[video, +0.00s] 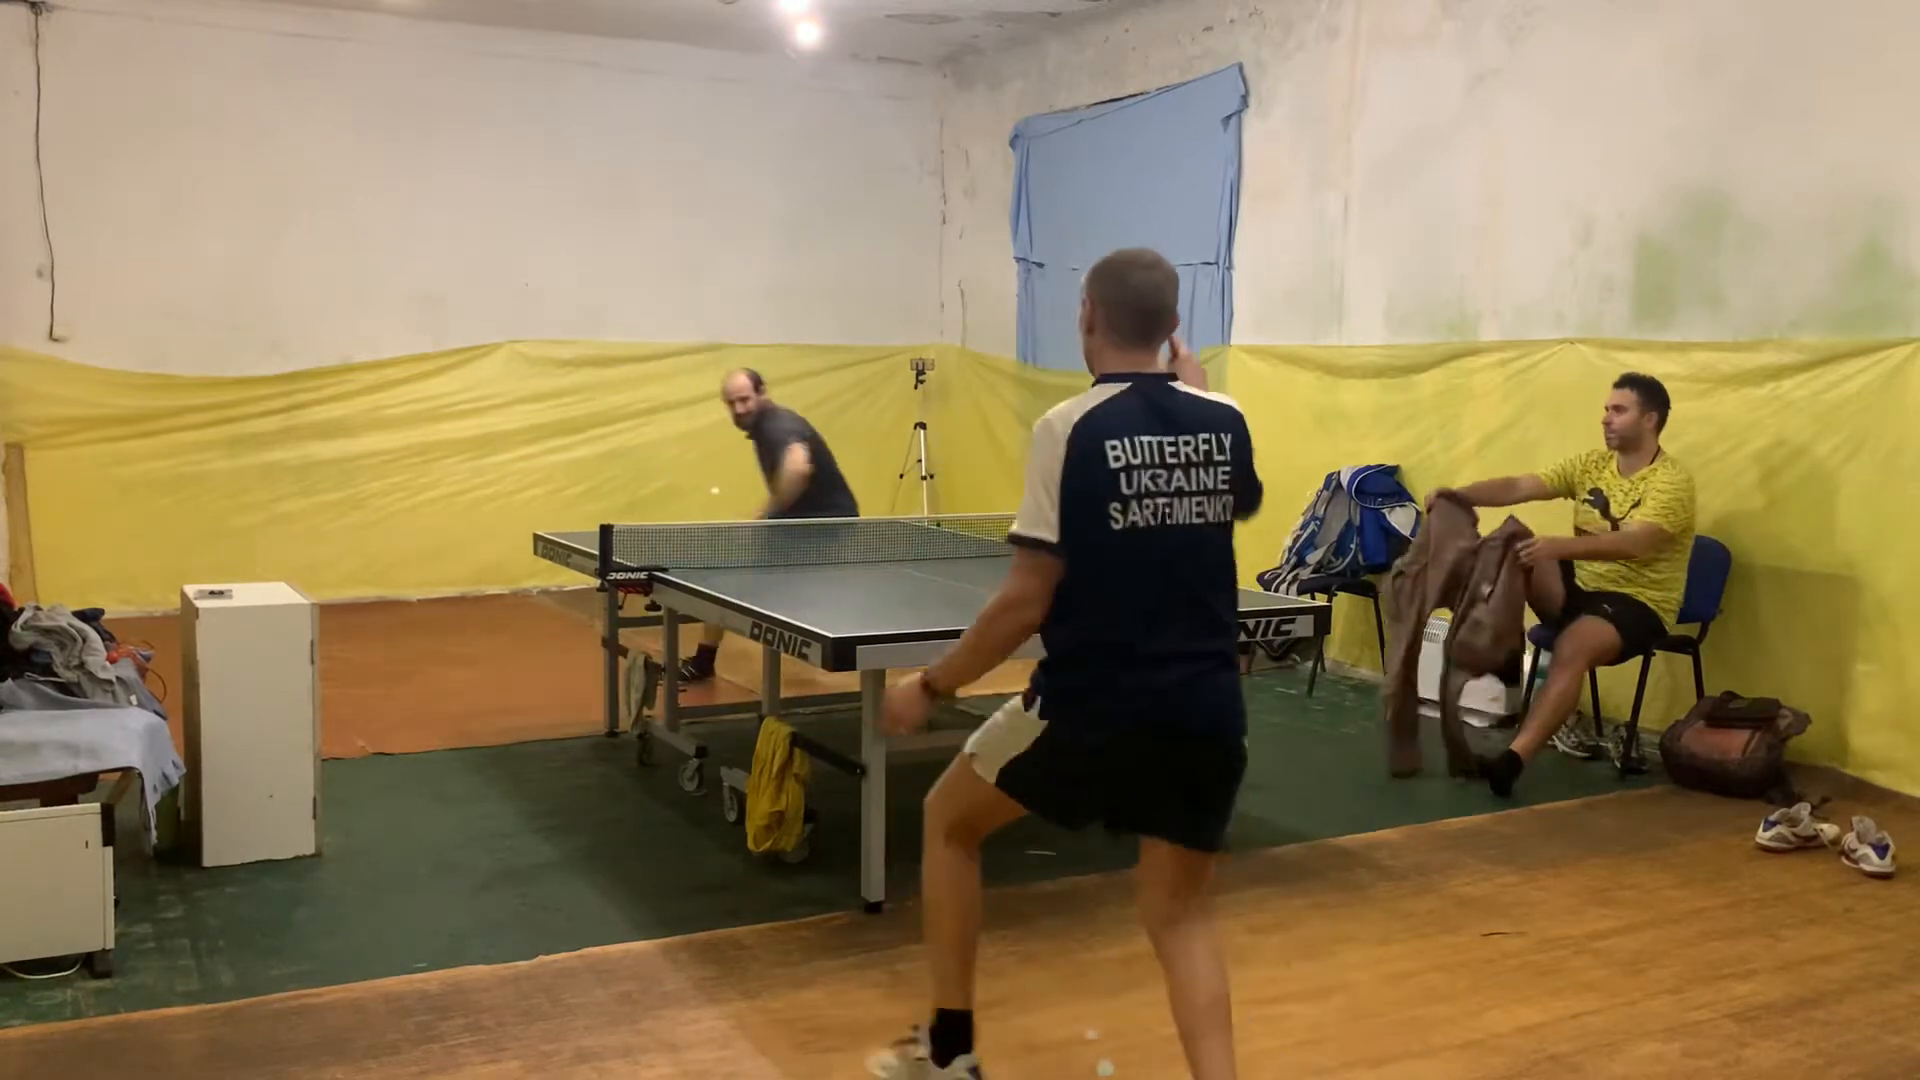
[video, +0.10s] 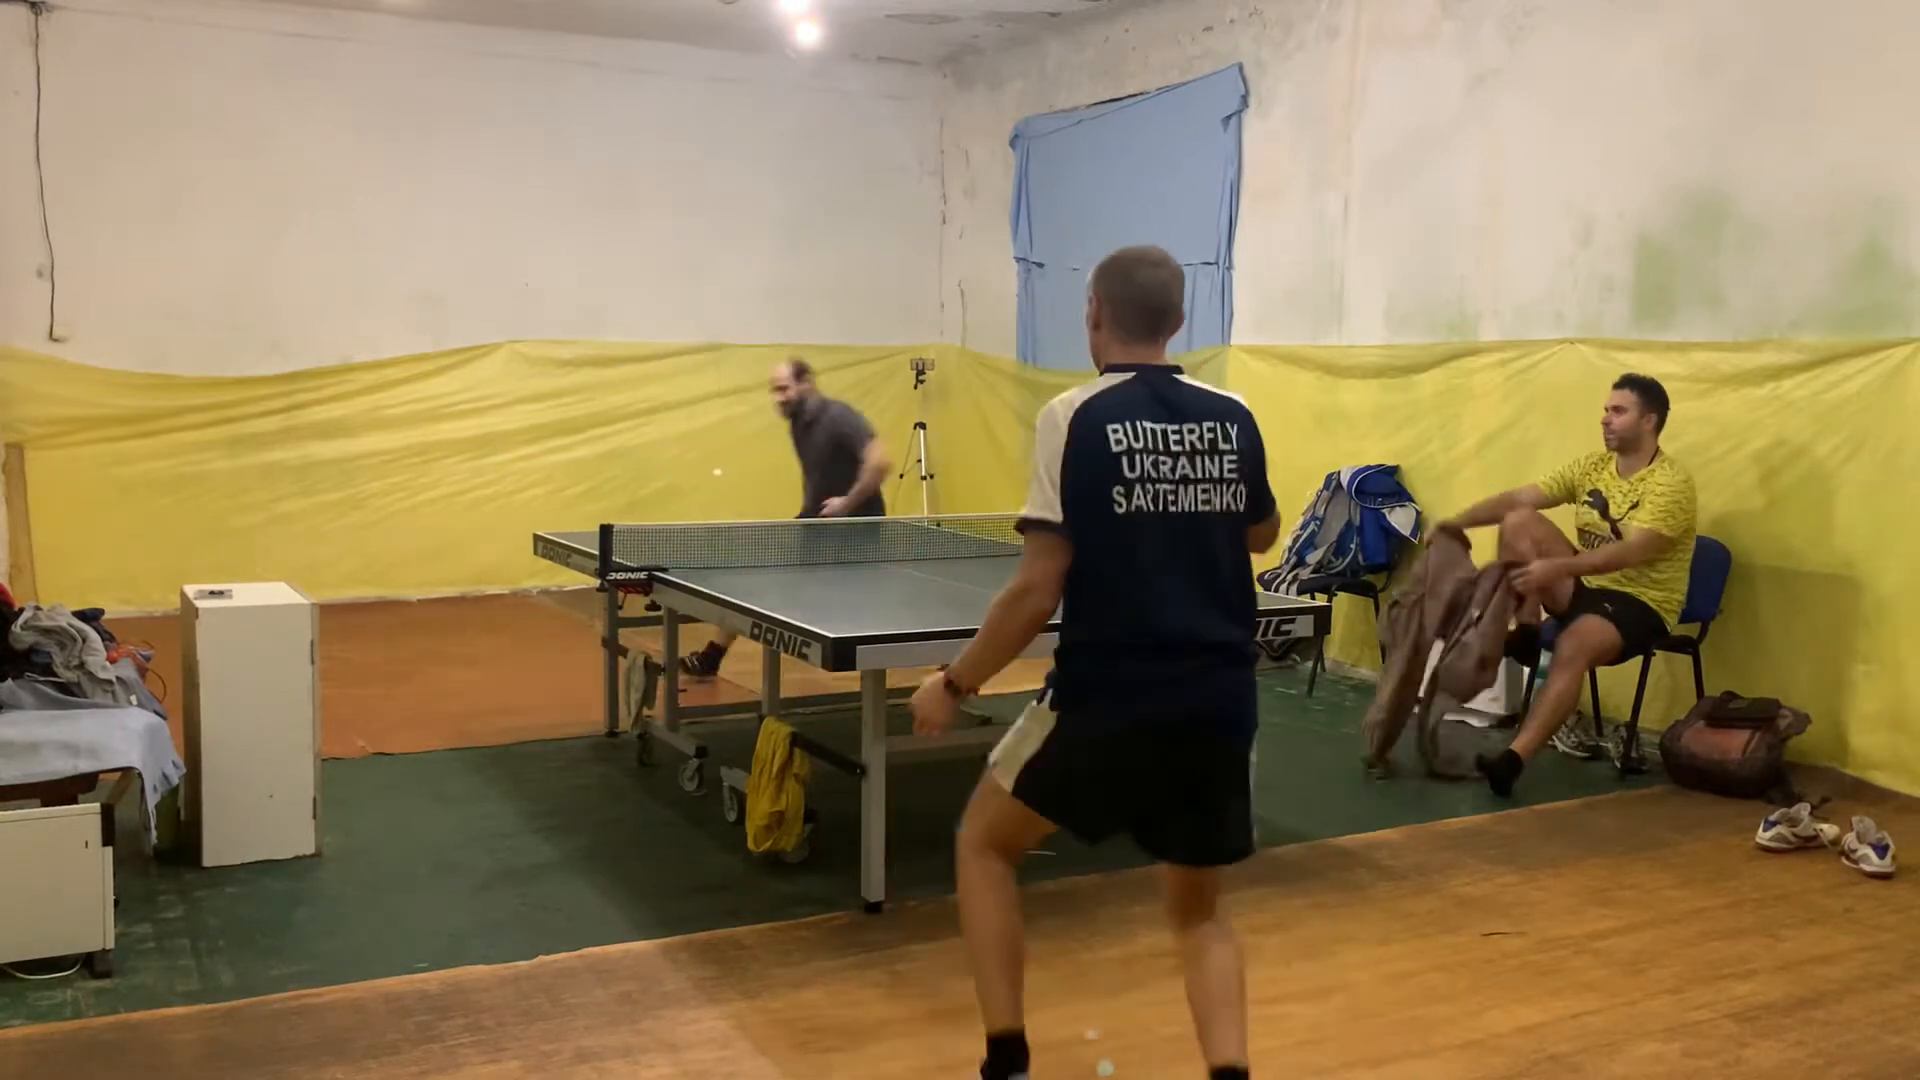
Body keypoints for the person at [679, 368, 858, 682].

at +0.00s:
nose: (738, 410)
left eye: (744, 400)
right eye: (731, 403)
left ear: (762, 395)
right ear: (725, 404)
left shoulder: (779, 423)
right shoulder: (763, 427)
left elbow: (798, 469)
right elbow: (785, 478)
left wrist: (768, 513)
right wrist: (770, 514)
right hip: (800, 525)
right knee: (722, 567)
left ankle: (704, 659)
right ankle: (704, 658)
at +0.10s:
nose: (778, 398)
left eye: (784, 389)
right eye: (774, 390)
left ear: (807, 384)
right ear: (772, 391)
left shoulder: (837, 415)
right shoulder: (799, 422)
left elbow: (879, 462)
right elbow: (816, 475)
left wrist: (848, 502)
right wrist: (808, 515)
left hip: (856, 525)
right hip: (814, 522)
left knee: (867, 597)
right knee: (754, 575)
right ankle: (711, 656)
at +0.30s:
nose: (857, 358)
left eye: (864, 351)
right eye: (853, 353)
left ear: (886, 355)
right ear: (851, 358)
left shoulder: (912, 399)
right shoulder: (845, 391)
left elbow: (928, 450)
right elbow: (810, 374)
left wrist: (886, 468)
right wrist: (834, 323)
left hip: (882, 515)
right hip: (830, 509)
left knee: (905, 587)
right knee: (778, 557)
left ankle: (948, 662)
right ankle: (772, 643)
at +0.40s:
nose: (866, 354)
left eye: (873, 346)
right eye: (860, 348)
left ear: (890, 348)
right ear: (854, 353)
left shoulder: (914, 395)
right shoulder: (847, 386)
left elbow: (929, 446)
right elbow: (816, 369)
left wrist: (888, 468)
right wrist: (854, 331)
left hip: (889, 504)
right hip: (837, 500)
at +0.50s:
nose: (864, 354)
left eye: (871, 347)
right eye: (857, 348)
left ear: (886, 350)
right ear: (849, 354)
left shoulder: (908, 393)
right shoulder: (839, 391)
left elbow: (926, 443)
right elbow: (798, 420)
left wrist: (890, 462)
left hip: (896, 507)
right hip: (842, 504)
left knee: (933, 573)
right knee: (802, 567)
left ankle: (961, 646)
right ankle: (793, 651)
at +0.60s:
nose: (839, 351)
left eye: (846, 344)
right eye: (831, 346)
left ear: (859, 347)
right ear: (823, 352)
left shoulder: (884, 386)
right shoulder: (815, 394)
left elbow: (921, 429)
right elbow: (777, 439)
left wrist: (898, 463)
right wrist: (787, 412)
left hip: (887, 502)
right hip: (835, 502)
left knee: (925, 573)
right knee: (803, 570)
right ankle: (797, 655)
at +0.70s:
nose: (811, 334)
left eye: (818, 326)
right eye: (803, 328)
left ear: (830, 329)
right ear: (794, 334)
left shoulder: (857, 365)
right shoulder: (785, 375)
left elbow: (902, 401)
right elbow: (753, 430)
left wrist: (896, 450)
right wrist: (769, 408)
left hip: (861, 490)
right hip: (811, 492)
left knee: (889, 565)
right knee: (793, 569)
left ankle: (893, 648)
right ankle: (793, 654)